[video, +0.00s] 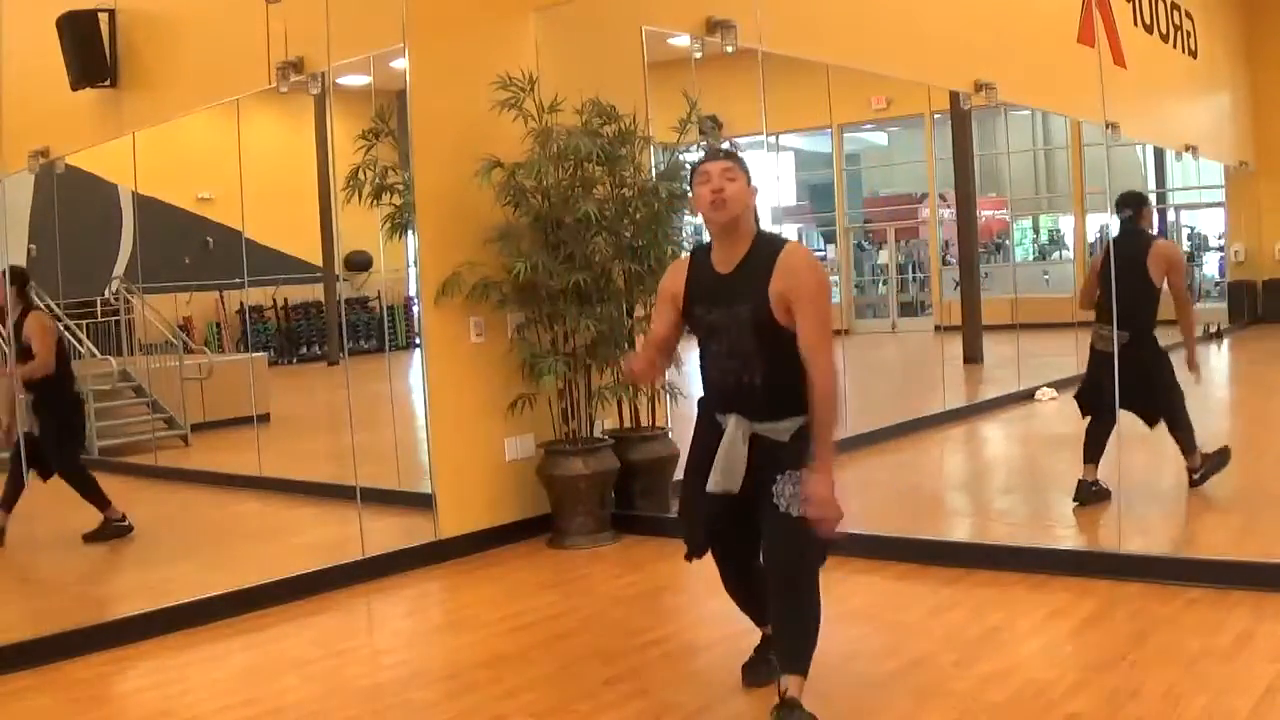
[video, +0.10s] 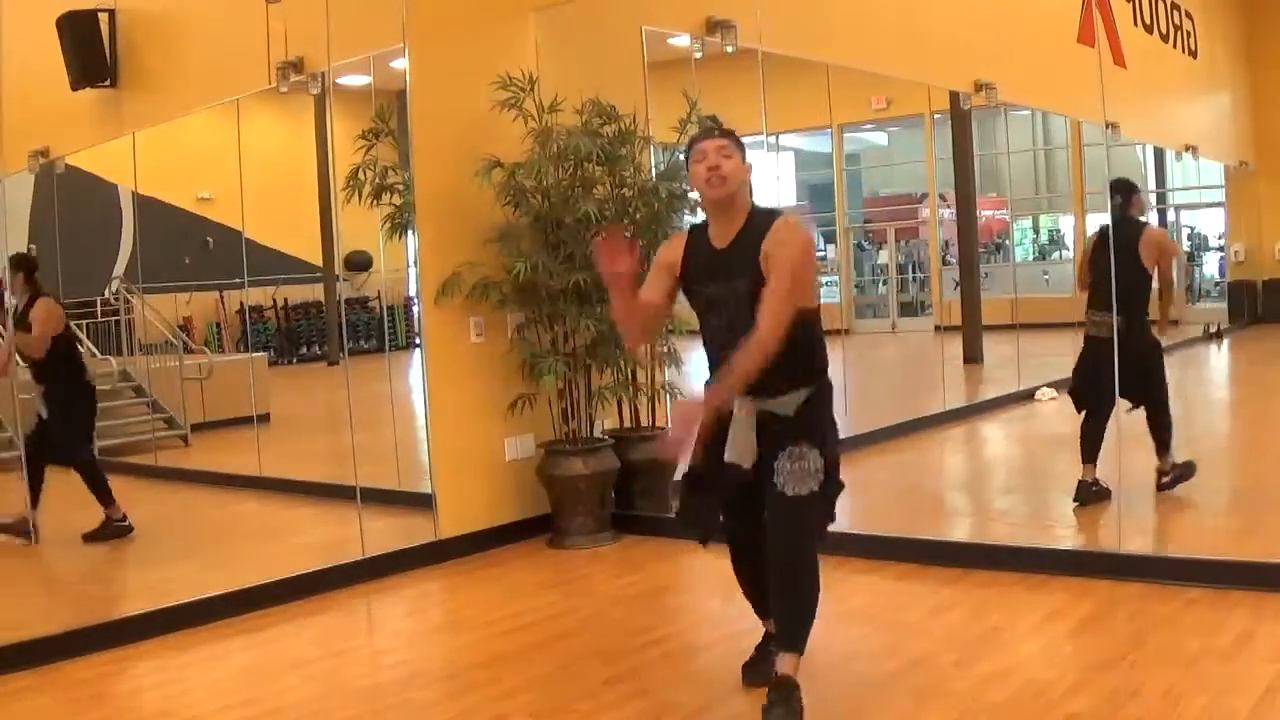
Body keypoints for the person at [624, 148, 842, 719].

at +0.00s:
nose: (717, 188)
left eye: (728, 178)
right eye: (705, 182)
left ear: (752, 191)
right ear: (694, 202)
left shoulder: (795, 266)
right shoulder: (683, 274)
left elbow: (822, 371)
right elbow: (657, 351)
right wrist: (645, 363)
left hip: (789, 434)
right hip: (721, 433)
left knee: (790, 564)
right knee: (731, 553)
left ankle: (791, 694)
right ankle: (773, 631)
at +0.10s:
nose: (713, 165)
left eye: (724, 155)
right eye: (701, 160)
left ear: (746, 168)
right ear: (691, 181)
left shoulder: (784, 232)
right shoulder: (680, 249)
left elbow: (771, 331)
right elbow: (637, 332)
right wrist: (619, 284)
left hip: (795, 406)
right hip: (732, 408)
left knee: (791, 535)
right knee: (743, 533)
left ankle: (787, 668)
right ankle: (775, 628)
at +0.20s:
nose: (711, 158)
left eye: (722, 149)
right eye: (699, 153)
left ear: (744, 164)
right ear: (689, 174)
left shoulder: (779, 223)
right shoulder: (676, 238)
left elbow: (731, 298)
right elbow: (624, 293)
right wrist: (611, 223)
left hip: (803, 397)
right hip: (740, 403)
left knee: (786, 522)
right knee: (754, 523)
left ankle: (798, 644)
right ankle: (775, 633)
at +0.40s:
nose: (700, 191)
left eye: (711, 176)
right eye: (689, 181)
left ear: (735, 171)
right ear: (679, 186)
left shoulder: (774, 224)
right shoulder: (679, 237)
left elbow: (726, 305)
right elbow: (662, 302)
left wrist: (644, 297)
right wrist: (625, 290)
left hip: (802, 388)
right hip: (742, 392)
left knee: (773, 515)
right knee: (753, 514)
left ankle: (832, 559)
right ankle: (779, 635)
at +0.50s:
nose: (699, 214)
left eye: (706, 198)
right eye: (687, 205)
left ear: (731, 180)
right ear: (678, 201)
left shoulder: (784, 229)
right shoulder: (683, 241)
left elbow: (785, 334)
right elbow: (669, 332)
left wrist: (756, 419)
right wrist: (662, 411)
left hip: (798, 392)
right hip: (734, 395)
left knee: (776, 509)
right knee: (749, 515)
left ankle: (828, 555)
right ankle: (777, 637)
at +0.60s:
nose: (697, 218)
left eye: (704, 201)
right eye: (683, 208)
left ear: (728, 185)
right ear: (673, 207)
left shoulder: (790, 235)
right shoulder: (677, 252)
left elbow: (859, 305)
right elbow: (685, 332)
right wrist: (701, 395)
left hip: (797, 401)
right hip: (733, 406)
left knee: (781, 514)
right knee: (748, 525)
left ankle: (817, 592)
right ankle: (776, 634)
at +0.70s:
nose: (707, 217)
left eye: (714, 199)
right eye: (692, 207)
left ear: (735, 188)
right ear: (680, 209)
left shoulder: (793, 231)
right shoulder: (676, 248)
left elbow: (877, 228)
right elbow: (706, 311)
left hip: (799, 405)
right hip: (732, 410)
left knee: (793, 527)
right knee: (750, 529)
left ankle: (802, 651)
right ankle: (776, 633)